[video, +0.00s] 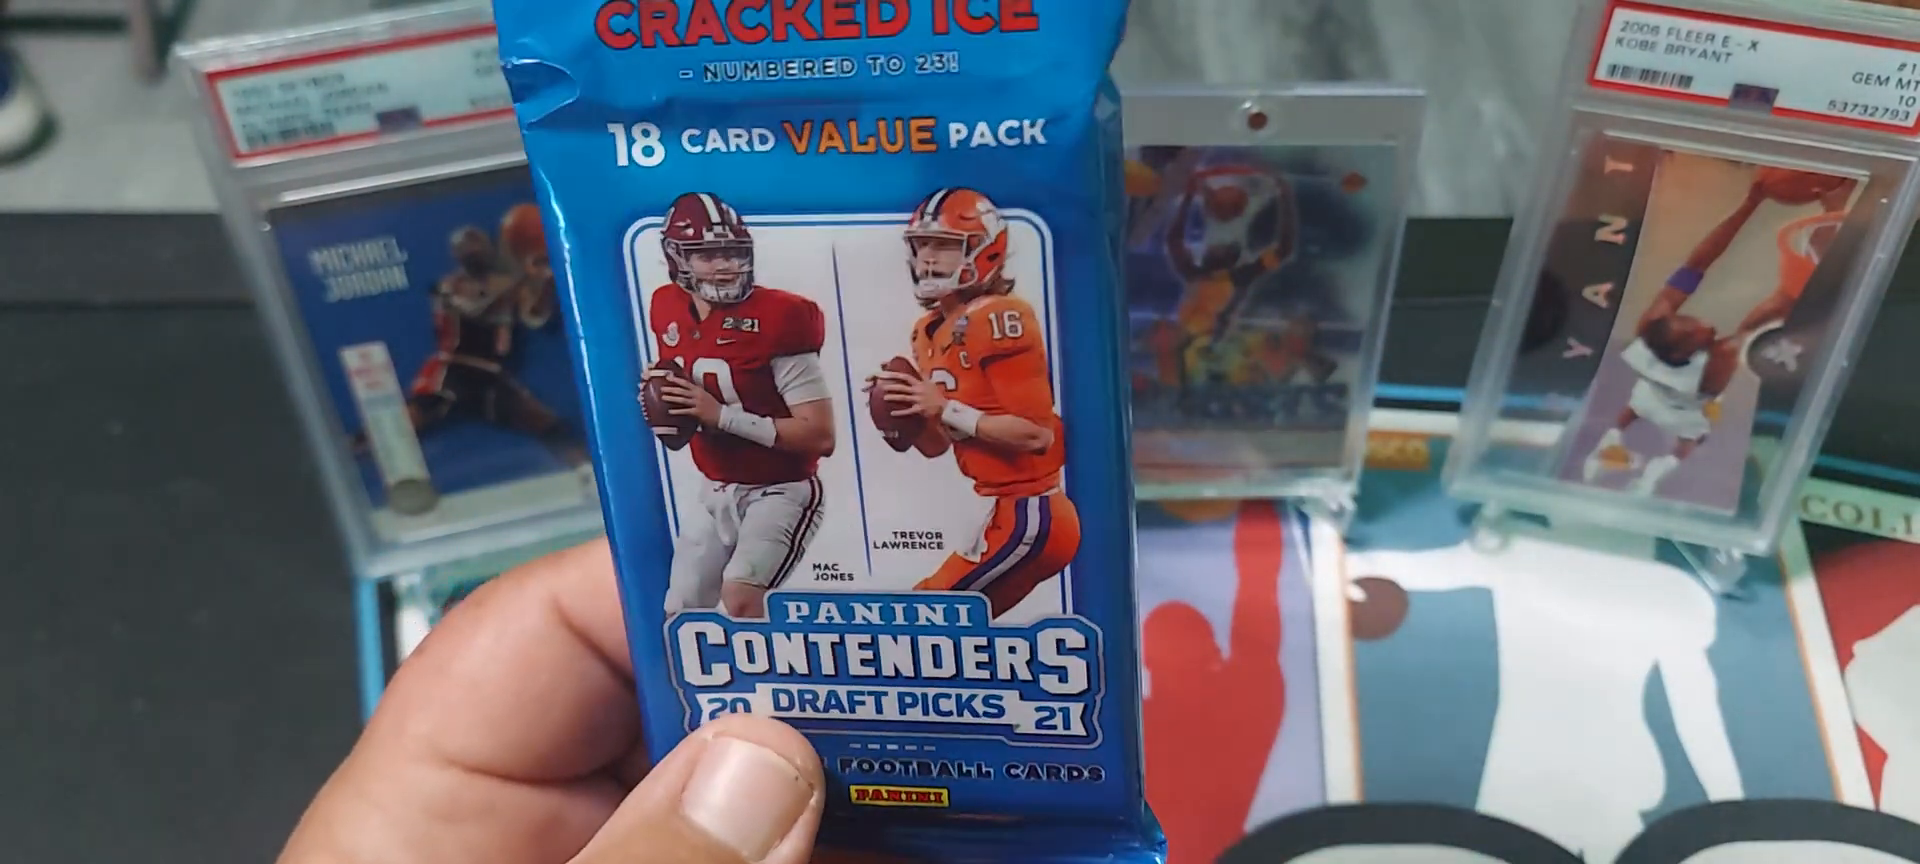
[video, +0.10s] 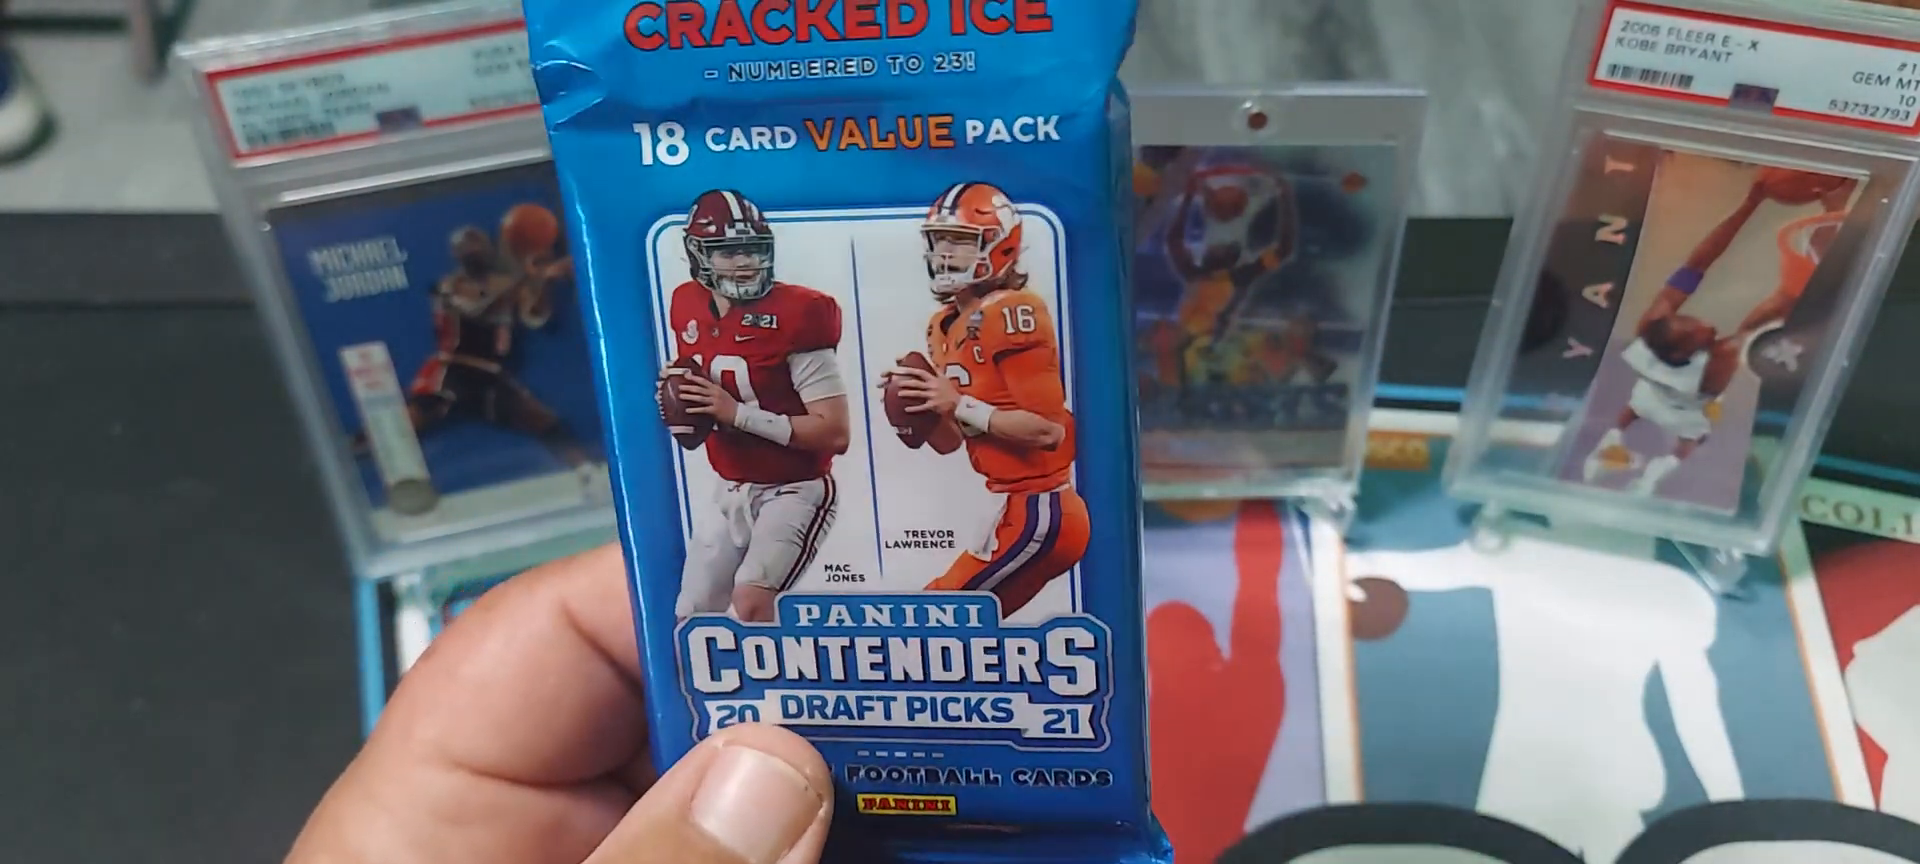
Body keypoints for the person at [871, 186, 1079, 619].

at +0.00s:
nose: (927, 260)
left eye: (944, 248)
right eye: (921, 247)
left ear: (984, 252)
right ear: (912, 251)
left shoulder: (1002, 318)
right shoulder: (928, 331)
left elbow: (1035, 433)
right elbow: (934, 444)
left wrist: (942, 407)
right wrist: (900, 411)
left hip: (1031, 517)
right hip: (1003, 513)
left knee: (917, 620)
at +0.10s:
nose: (945, 256)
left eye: (961, 243)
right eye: (940, 242)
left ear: (999, 246)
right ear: (930, 245)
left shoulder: (1014, 313)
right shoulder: (943, 325)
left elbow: (1046, 428)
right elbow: (947, 441)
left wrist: (956, 402)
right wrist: (913, 401)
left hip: (1041, 512)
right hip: (1011, 508)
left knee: (928, 621)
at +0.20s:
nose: (947, 272)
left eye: (963, 260)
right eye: (941, 258)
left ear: (1002, 263)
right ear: (931, 261)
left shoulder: (1016, 329)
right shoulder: (943, 341)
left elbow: (1048, 445)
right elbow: (948, 456)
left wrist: (957, 418)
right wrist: (915, 418)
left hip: (1042, 529)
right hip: (1014, 525)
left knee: (930, 635)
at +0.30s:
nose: (949, 289)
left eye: (965, 277)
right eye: (944, 275)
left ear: (1004, 281)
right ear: (934, 279)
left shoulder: (1019, 347)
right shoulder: (948, 359)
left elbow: (1052, 462)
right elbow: (952, 472)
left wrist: (961, 435)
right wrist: (918, 436)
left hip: (1048, 543)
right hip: (1019, 539)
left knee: (934, 647)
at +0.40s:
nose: (965, 305)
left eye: (981, 293)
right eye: (960, 291)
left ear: (1019, 298)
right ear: (950, 295)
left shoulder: (1033, 363)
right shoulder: (963, 375)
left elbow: (1065, 476)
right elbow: (967, 485)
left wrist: (975, 448)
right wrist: (935, 455)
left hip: (1060, 555)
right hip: (1034, 551)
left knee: (950, 657)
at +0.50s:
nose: (996, 313)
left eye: (1011, 301)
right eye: (992, 300)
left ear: (1047, 306)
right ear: (983, 303)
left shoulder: (1062, 371)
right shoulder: (992, 380)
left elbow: (1087, 482)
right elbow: (990, 490)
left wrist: (1001, 455)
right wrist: (961, 453)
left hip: (1078, 562)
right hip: (1052, 558)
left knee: (966, 663)